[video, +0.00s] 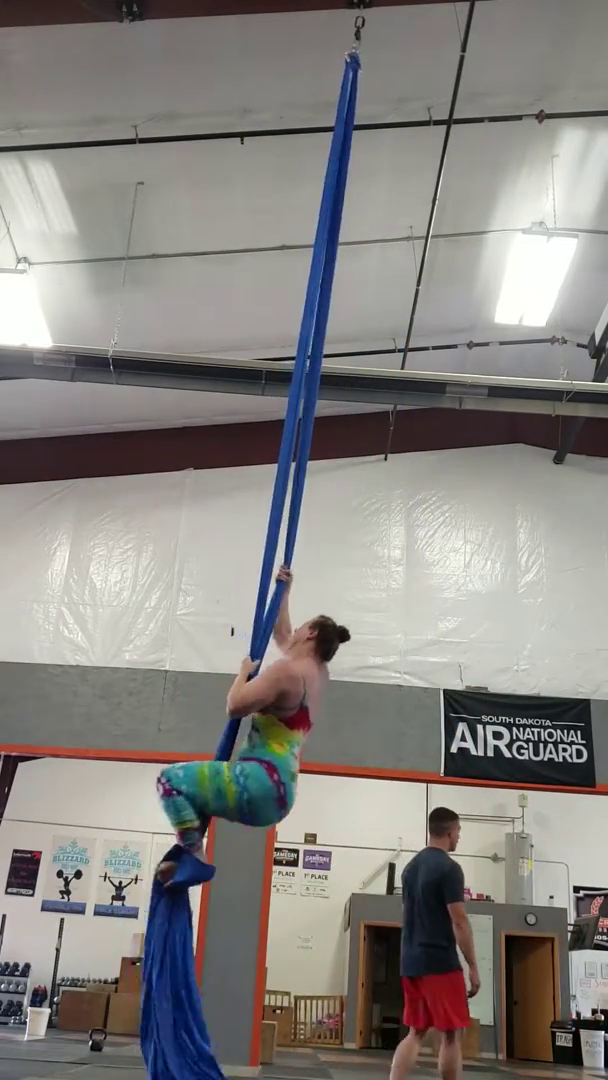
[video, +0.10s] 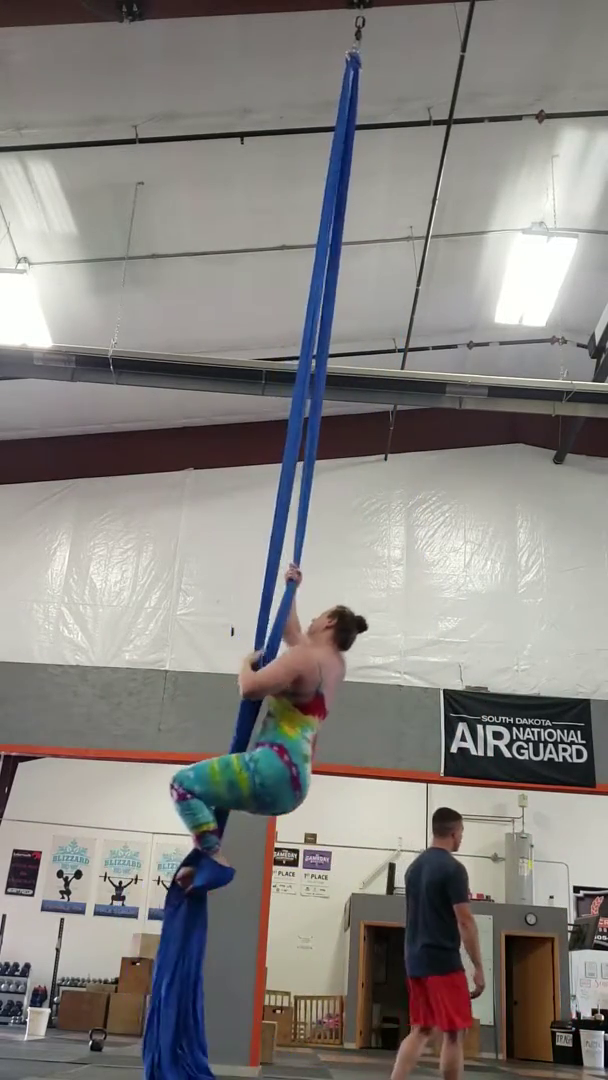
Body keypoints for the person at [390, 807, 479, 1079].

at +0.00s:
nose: (459, 837)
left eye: (459, 832)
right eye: (458, 832)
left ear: (430, 832)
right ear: (452, 833)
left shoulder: (411, 866)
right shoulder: (448, 867)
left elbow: (409, 917)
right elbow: (459, 920)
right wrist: (472, 966)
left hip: (410, 962)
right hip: (441, 963)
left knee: (416, 1032)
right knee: (452, 1035)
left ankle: (395, 1076)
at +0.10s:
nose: (461, 838)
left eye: (461, 833)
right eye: (461, 833)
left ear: (434, 832)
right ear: (456, 834)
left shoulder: (414, 866)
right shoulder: (452, 868)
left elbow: (416, 918)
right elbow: (464, 920)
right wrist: (478, 967)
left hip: (414, 960)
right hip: (443, 961)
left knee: (421, 1030)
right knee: (454, 1033)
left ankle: (396, 1076)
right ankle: (451, 1077)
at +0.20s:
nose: (461, 838)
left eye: (461, 833)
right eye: (461, 833)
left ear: (434, 832)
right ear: (455, 833)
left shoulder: (416, 866)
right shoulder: (452, 867)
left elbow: (416, 916)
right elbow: (467, 920)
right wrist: (484, 965)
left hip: (416, 960)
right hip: (443, 960)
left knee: (424, 1030)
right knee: (455, 1032)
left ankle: (396, 1076)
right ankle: (450, 1077)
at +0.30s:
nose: (461, 836)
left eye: (460, 831)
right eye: (459, 831)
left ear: (434, 832)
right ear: (449, 833)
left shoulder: (416, 867)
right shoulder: (447, 868)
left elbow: (422, 916)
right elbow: (464, 921)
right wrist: (487, 961)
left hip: (416, 962)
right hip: (441, 963)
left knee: (422, 1033)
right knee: (452, 1035)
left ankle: (402, 1077)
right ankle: (449, 1078)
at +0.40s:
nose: (457, 837)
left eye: (457, 831)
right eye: (454, 831)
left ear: (434, 833)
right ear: (441, 833)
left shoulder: (415, 867)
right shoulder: (439, 869)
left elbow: (418, 919)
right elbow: (456, 921)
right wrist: (485, 957)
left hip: (414, 962)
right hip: (437, 963)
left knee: (420, 1034)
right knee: (452, 1034)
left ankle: (400, 1077)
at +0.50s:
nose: (452, 838)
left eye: (451, 832)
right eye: (448, 832)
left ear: (429, 835)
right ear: (434, 834)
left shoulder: (414, 867)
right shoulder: (429, 869)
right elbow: (442, 922)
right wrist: (472, 956)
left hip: (410, 964)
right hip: (429, 964)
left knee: (415, 1034)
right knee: (446, 1034)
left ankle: (398, 1077)